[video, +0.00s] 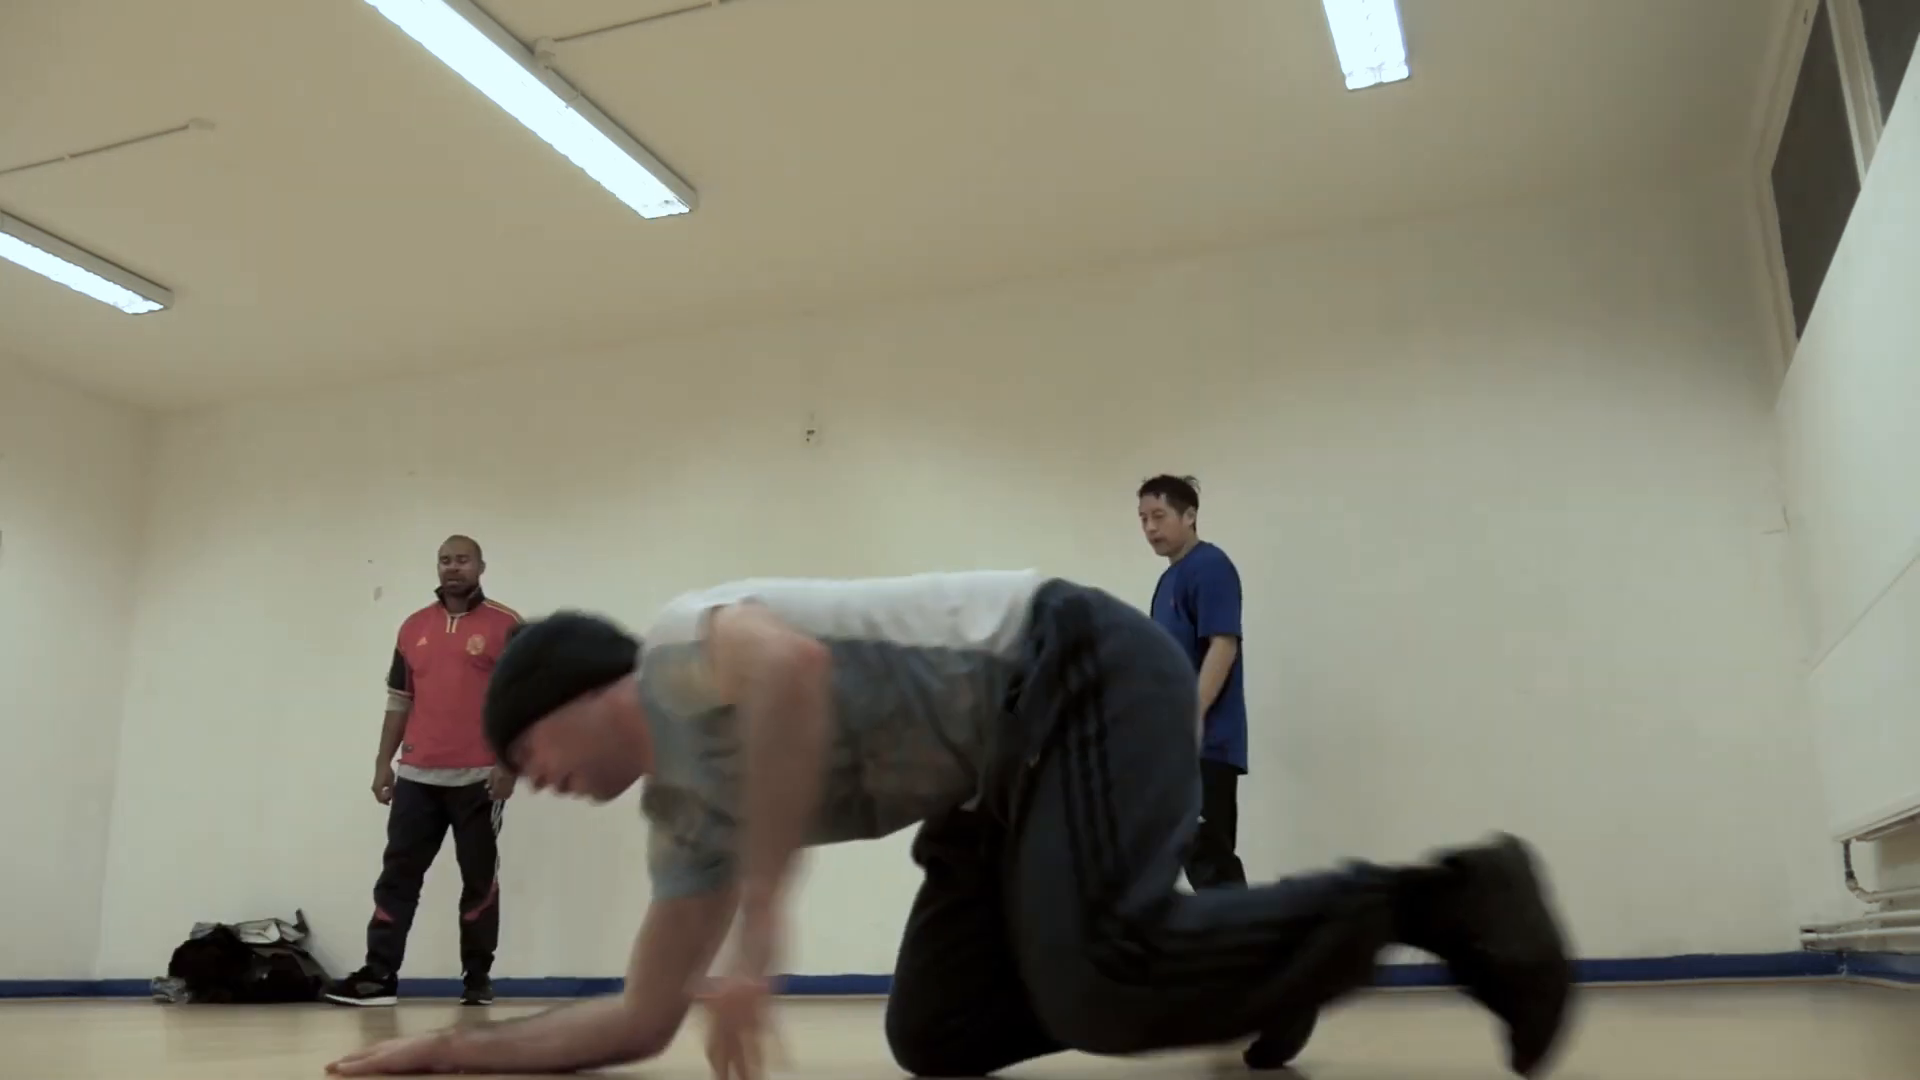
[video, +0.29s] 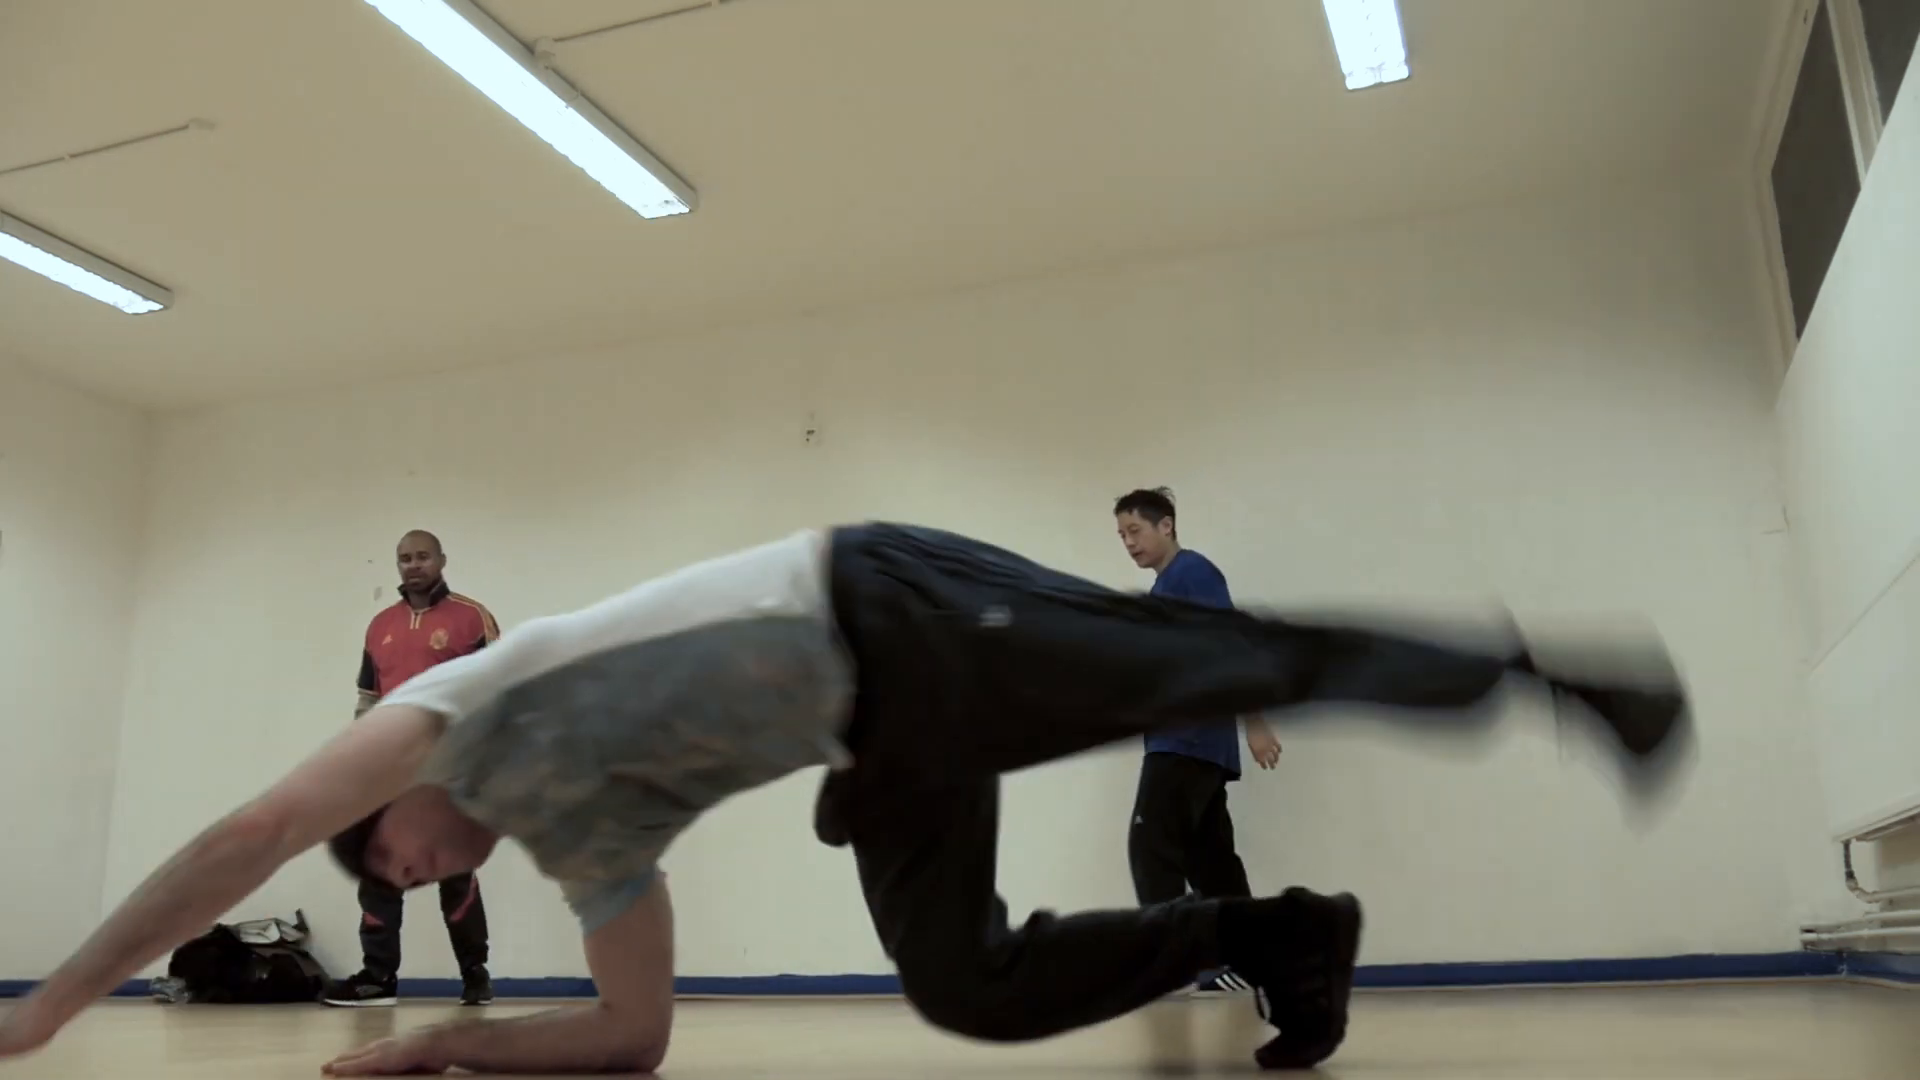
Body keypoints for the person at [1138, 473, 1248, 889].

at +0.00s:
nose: (1150, 527)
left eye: (1159, 516)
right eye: (1145, 519)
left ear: (1189, 517)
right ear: (1141, 522)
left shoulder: (1211, 565)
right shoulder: (1168, 579)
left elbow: (1224, 645)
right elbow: (1164, 654)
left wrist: (1192, 715)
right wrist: (1161, 715)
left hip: (1211, 740)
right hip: (1180, 738)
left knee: (1210, 854)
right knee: (1197, 855)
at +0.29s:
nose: (1128, 542)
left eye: (1135, 531)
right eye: (1123, 534)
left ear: (1166, 526)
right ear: (1129, 537)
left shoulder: (1193, 574)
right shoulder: (1167, 585)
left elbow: (1230, 650)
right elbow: (1183, 660)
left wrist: (1255, 723)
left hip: (1189, 743)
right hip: (1184, 744)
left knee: (1151, 848)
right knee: (1212, 862)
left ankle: (1179, 964)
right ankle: (1250, 962)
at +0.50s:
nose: (1105, 547)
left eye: (1112, 536)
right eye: (1099, 541)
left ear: (1142, 533)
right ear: (1100, 547)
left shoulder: (1168, 579)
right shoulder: (1139, 594)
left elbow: (1206, 649)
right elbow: (1156, 673)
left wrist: (1228, 726)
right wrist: (1145, 744)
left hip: (1176, 747)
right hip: (1159, 749)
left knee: (1142, 852)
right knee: (1200, 853)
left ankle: (1125, 967)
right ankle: (1250, 962)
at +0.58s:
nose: (1093, 548)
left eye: (1100, 536)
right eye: (1088, 541)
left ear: (1130, 534)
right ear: (1093, 546)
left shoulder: (1152, 583)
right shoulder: (1132, 592)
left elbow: (1185, 662)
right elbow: (1144, 675)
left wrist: (1199, 733)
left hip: (1156, 754)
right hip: (1154, 755)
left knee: (1137, 862)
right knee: (1195, 860)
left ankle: (1120, 970)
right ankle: (1249, 961)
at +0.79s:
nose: (1066, 545)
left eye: (1074, 534)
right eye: (1061, 537)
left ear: (1104, 533)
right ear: (1067, 543)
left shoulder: (1116, 581)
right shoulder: (1110, 585)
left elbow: (1107, 664)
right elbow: (1104, 674)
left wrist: (1073, 739)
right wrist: (1081, 763)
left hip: (1121, 750)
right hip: (1129, 750)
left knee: (1110, 860)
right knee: (1131, 856)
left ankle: (1116, 971)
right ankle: (1218, 939)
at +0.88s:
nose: (1056, 545)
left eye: (1064, 534)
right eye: (1051, 537)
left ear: (1094, 533)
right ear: (1054, 541)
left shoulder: (1104, 583)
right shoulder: (1098, 584)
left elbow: (1081, 666)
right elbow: (1095, 680)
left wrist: (1024, 725)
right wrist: (1070, 741)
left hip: (1109, 750)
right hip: (1100, 750)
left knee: (1102, 857)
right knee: (1104, 856)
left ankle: (1115, 972)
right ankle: (1190, 925)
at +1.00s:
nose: (1039, 544)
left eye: (1048, 533)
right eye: (1035, 536)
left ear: (1078, 533)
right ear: (1038, 539)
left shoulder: (1087, 583)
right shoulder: (1077, 585)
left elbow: (1049, 662)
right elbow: (1085, 689)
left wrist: (983, 702)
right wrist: (1054, 751)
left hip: (1092, 747)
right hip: (1075, 749)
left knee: (1099, 857)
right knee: (1051, 846)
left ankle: (1117, 969)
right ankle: (1126, 934)